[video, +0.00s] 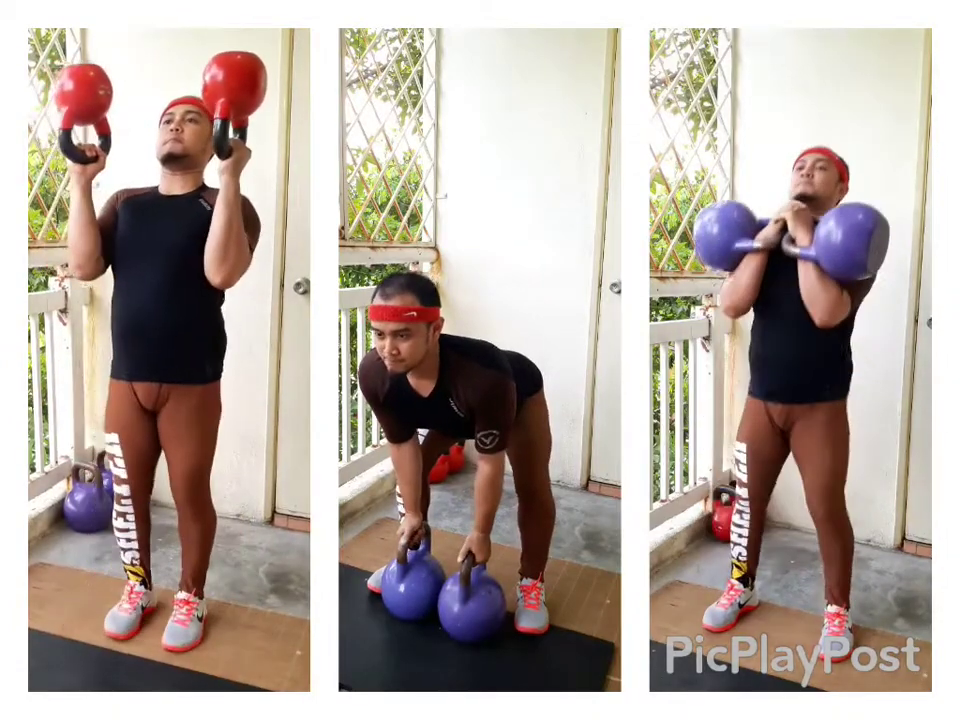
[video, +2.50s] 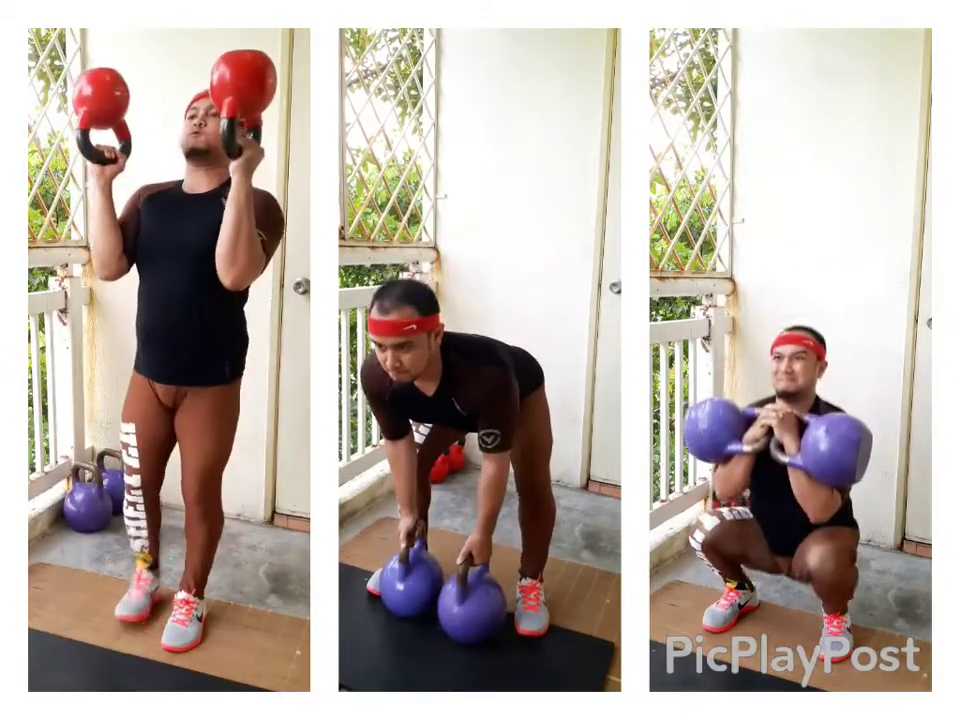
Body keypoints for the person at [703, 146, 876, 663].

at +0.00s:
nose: (805, 173)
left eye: (819, 168)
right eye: (799, 168)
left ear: (843, 188)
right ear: (788, 184)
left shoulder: (847, 246)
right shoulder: (763, 238)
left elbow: (827, 313)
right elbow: (731, 304)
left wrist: (802, 240)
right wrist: (765, 239)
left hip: (819, 404)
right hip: (761, 398)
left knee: (827, 511)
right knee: (750, 501)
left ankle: (836, 611)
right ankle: (740, 586)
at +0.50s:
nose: (810, 185)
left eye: (824, 180)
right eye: (804, 180)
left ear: (848, 199)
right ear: (794, 196)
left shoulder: (855, 258)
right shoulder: (770, 247)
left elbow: (833, 317)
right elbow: (733, 308)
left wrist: (809, 245)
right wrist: (770, 248)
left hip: (816, 409)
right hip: (755, 402)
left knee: (825, 513)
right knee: (749, 503)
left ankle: (837, 610)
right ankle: (740, 587)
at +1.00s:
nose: (808, 190)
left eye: (822, 183)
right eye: (803, 183)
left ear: (847, 200)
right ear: (793, 197)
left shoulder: (855, 262)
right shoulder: (769, 249)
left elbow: (832, 319)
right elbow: (731, 309)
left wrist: (808, 248)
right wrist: (769, 248)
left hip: (814, 407)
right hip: (753, 400)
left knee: (824, 513)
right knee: (749, 501)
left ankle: (837, 610)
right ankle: (740, 587)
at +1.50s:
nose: (801, 187)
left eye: (815, 180)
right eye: (795, 180)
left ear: (840, 195)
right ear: (784, 192)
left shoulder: (848, 255)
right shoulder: (761, 246)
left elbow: (828, 317)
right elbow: (729, 308)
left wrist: (802, 246)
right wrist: (763, 247)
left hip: (814, 406)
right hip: (754, 400)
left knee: (823, 513)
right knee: (748, 502)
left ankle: (836, 610)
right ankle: (740, 586)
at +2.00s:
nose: (789, 268)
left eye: (801, 259)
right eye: (781, 260)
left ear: (823, 269)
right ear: (771, 270)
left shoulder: (836, 330)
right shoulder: (757, 325)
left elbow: (821, 403)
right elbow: (726, 392)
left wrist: (793, 332)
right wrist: (756, 334)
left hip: (832, 454)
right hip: (775, 452)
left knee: (828, 538)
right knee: (720, 516)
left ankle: (836, 616)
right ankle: (740, 588)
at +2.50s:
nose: (786, 367)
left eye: (799, 358)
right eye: (779, 358)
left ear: (821, 367)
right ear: (771, 365)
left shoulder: (834, 424)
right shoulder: (751, 416)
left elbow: (820, 510)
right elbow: (724, 493)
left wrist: (792, 443)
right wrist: (749, 444)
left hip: (819, 540)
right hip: (766, 535)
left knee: (826, 559)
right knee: (713, 538)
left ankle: (835, 618)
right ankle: (740, 591)